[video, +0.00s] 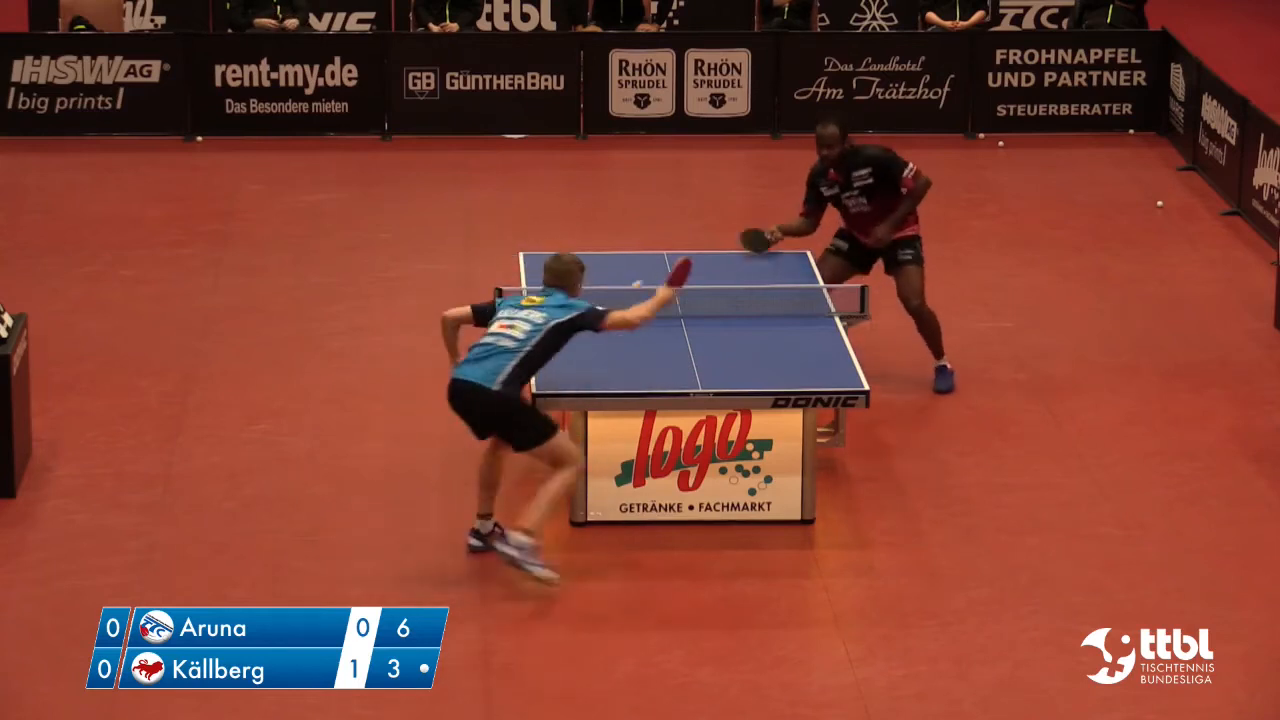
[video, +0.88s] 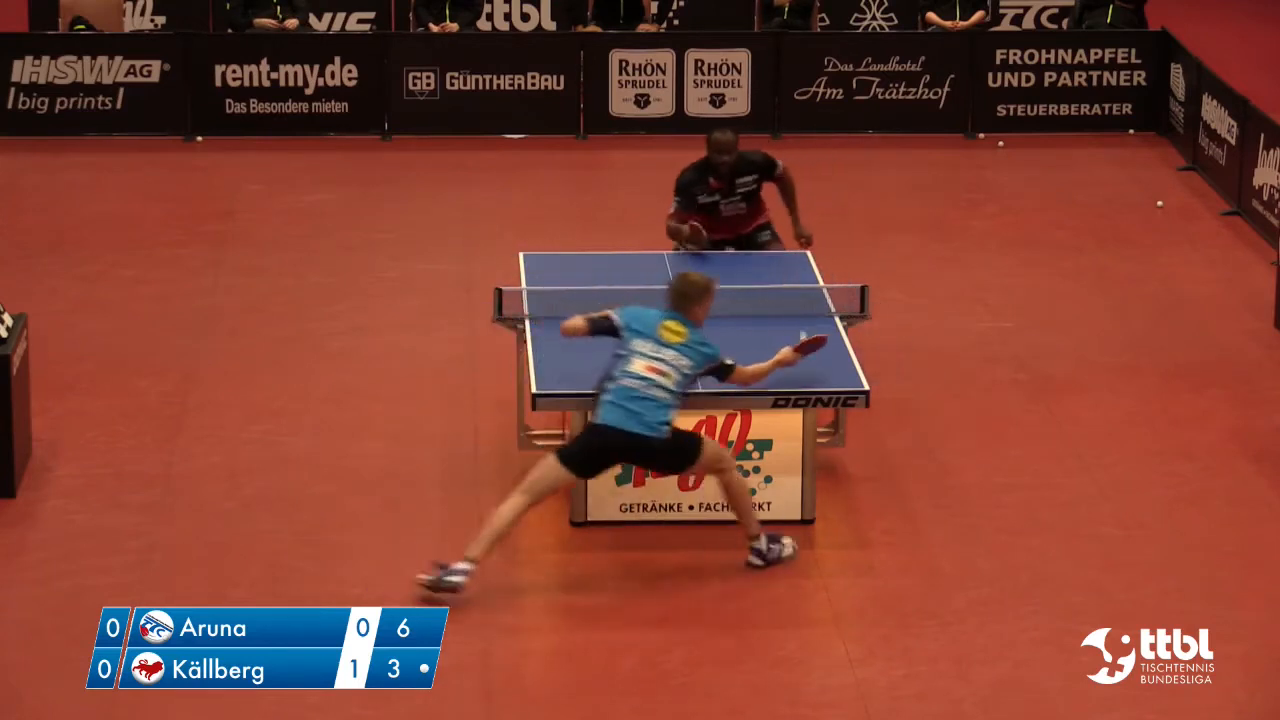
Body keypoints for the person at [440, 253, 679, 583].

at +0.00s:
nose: (582, 287)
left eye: (582, 282)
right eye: (581, 282)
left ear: (545, 280)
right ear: (576, 283)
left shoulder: (513, 302)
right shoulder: (573, 310)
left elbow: (450, 317)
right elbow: (632, 319)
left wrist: (455, 358)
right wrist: (661, 298)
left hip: (460, 389)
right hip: (496, 395)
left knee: (499, 441)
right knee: (571, 462)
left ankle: (484, 527)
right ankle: (523, 537)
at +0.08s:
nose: (584, 280)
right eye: (583, 276)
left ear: (546, 277)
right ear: (579, 279)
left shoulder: (517, 300)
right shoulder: (584, 311)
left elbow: (460, 332)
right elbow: (648, 336)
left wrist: (470, 366)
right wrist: (664, 316)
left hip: (479, 390)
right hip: (523, 394)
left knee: (478, 446)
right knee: (594, 464)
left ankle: (471, 528)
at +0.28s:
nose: (588, 297)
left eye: (581, 289)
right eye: (588, 292)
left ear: (551, 294)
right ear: (584, 299)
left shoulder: (522, 325)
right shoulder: (595, 337)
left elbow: (477, 368)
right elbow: (646, 382)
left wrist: (497, 354)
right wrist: (659, 369)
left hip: (514, 430)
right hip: (565, 435)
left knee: (458, 471)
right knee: (629, 485)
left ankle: (439, 561)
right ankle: (660, 574)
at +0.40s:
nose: (587, 297)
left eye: (582, 289)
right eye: (586, 291)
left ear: (549, 294)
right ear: (582, 298)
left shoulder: (519, 320)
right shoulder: (588, 339)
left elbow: (464, 354)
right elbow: (631, 393)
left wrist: (492, 365)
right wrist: (652, 383)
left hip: (497, 419)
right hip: (544, 426)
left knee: (439, 464)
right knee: (621, 470)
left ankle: (412, 556)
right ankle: (631, 570)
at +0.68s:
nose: (612, 308)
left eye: (609, 301)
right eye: (611, 302)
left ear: (574, 299)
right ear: (602, 305)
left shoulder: (537, 319)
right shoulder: (602, 349)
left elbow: (500, 329)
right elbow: (658, 390)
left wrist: (512, 326)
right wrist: (713, 378)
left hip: (508, 446)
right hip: (560, 450)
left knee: (445, 499)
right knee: (646, 440)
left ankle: (402, 575)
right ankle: (651, 536)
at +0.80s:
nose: (674, 302)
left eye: (671, 295)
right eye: (672, 296)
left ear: (635, 292)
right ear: (663, 298)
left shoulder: (598, 310)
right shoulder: (662, 337)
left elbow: (545, 315)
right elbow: (714, 378)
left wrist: (525, 313)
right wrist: (769, 361)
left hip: (564, 428)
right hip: (613, 433)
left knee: (488, 495)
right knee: (689, 460)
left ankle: (416, 567)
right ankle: (737, 536)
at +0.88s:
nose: (711, 309)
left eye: (709, 302)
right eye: (711, 303)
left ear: (672, 298)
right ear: (702, 306)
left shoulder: (639, 316)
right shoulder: (702, 347)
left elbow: (571, 328)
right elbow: (745, 377)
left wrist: (593, 321)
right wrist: (781, 361)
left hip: (604, 432)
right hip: (653, 442)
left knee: (526, 493)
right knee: (724, 464)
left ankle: (462, 566)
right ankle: (760, 544)